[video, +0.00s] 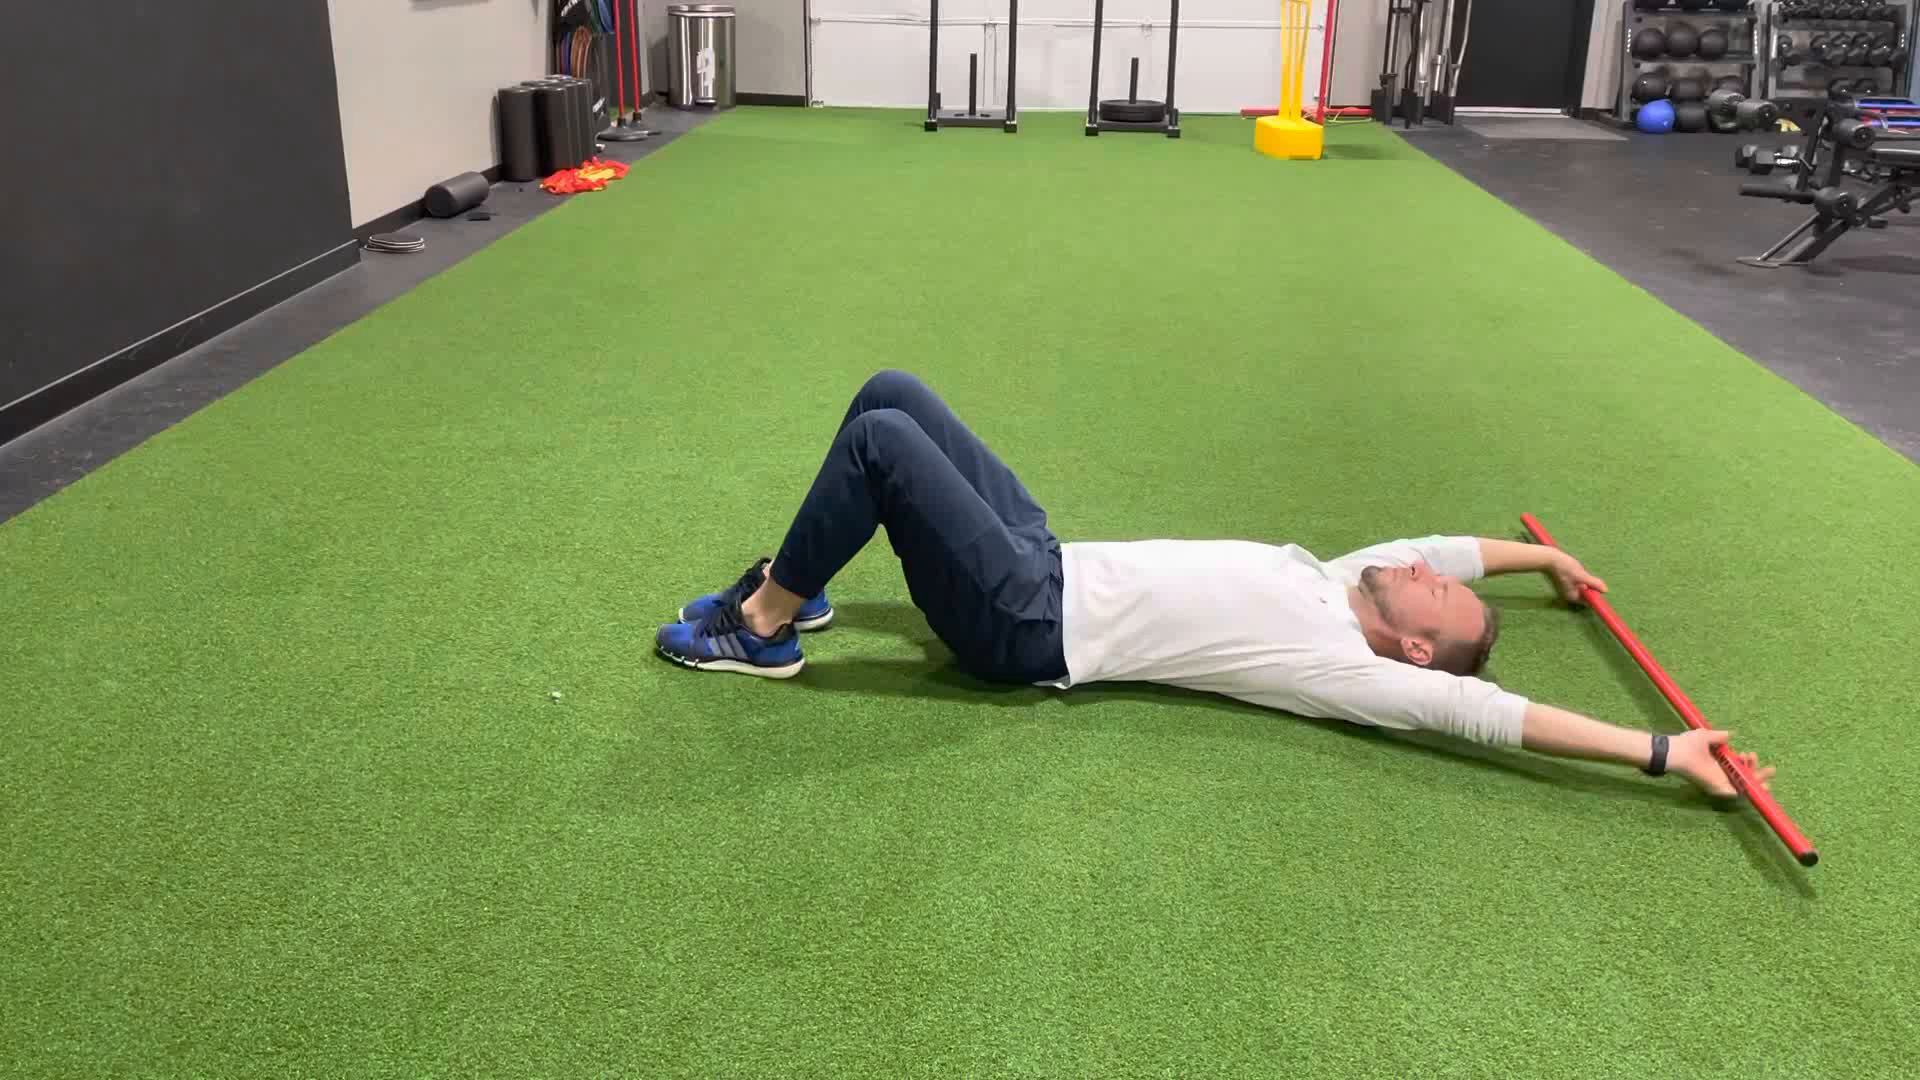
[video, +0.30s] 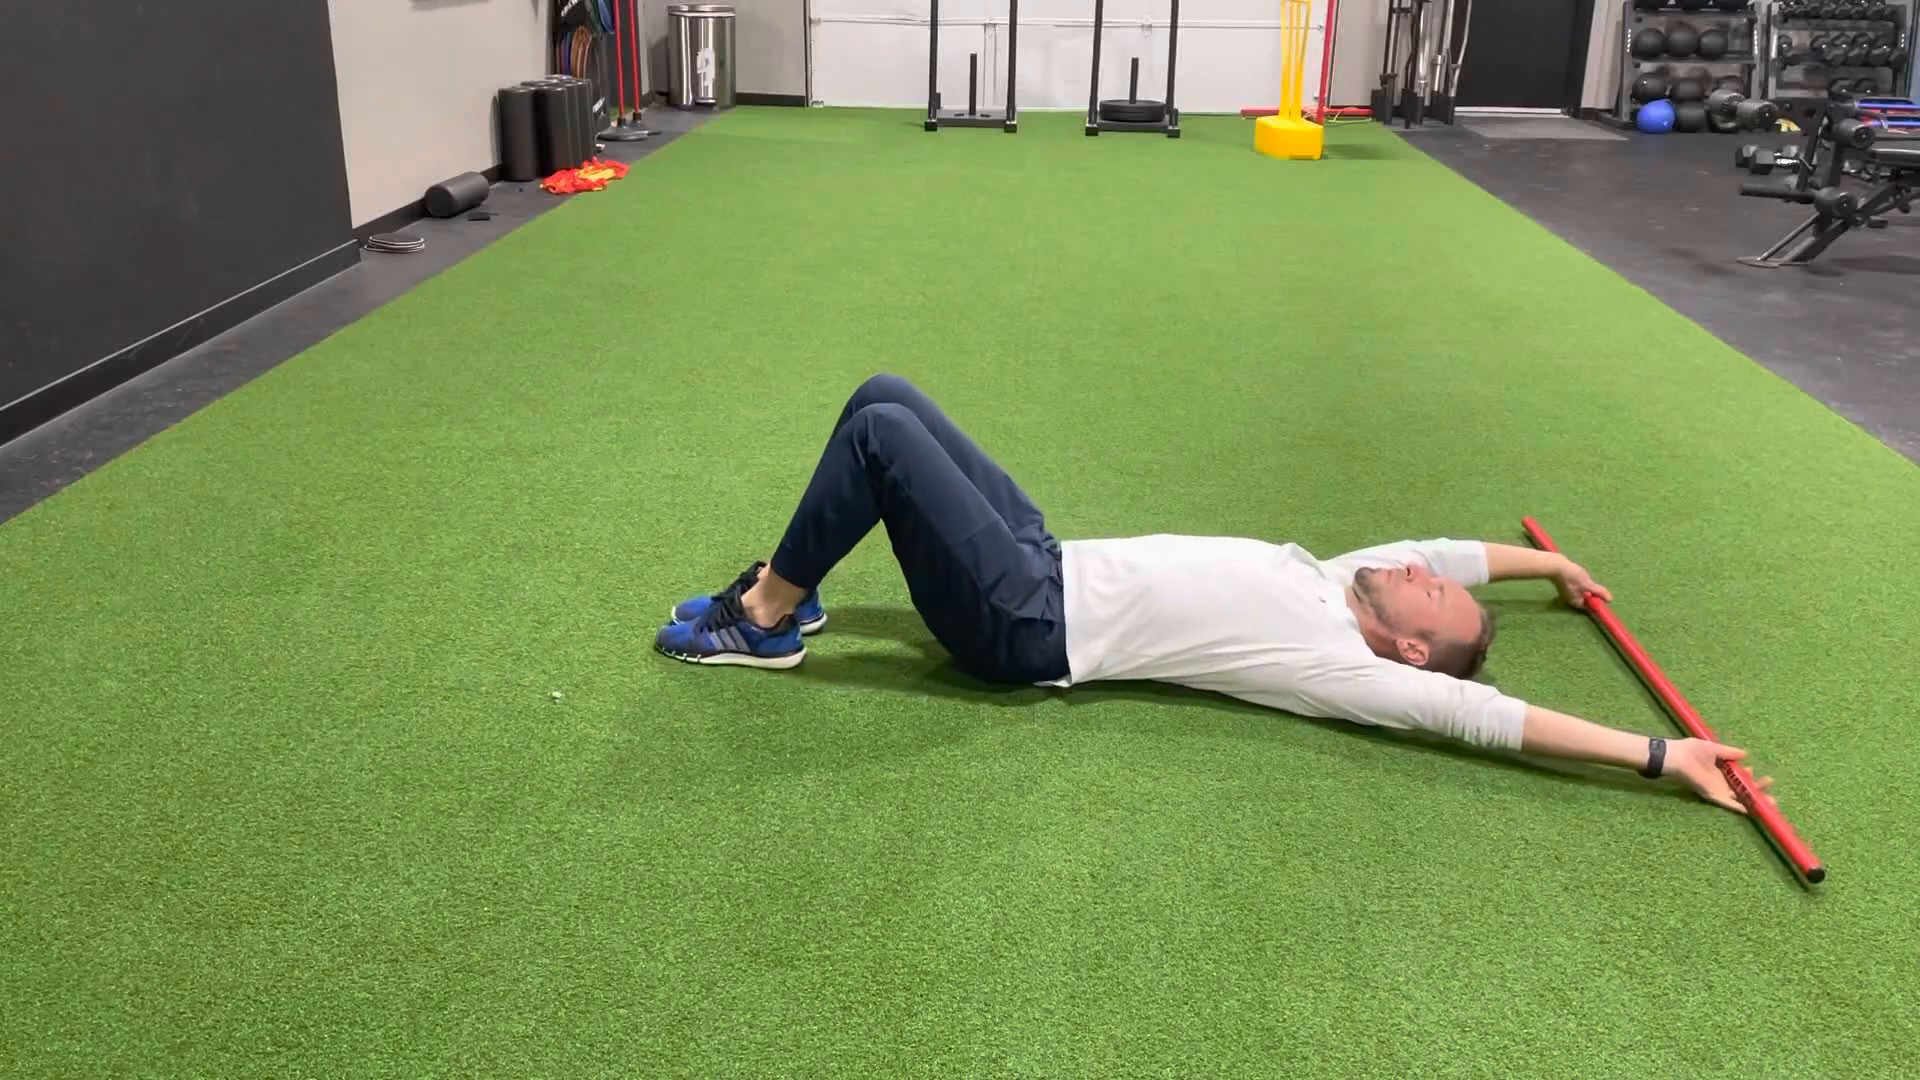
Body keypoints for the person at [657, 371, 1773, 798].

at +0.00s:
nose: (1423, 570)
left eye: (1436, 585)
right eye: (1437, 573)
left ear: (1427, 643)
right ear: (1417, 586)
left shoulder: (1347, 669)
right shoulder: (1339, 588)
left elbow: (1501, 718)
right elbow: (1433, 551)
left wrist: (1663, 748)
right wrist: (1554, 562)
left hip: (1037, 620)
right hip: (1056, 558)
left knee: (879, 426)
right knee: (893, 393)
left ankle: (778, 608)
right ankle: (787, 585)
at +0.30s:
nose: (1409, 569)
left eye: (1424, 586)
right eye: (1425, 571)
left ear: (1421, 646)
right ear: (1407, 586)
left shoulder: (1348, 670)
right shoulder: (1336, 590)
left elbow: (1503, 721)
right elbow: (1433, 556)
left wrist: (1659, 750)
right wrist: (1552, 567)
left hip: (1036, 618)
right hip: (1049, 564)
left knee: (878, 418)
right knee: (885, 400)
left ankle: (776, 606)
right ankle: (783, 587)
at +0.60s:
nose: (1403, 569)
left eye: (1418, 586)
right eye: (1417, 570)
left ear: (1418, 645)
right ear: (1401, 581)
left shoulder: (1350, 671)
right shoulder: (1334, 590)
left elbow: (1504, 721)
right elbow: (1430, 557)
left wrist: (1656, 749)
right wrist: (1547, 567)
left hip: (1031, 614)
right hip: (1051, 557)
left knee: (873, 419)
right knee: (884, 397)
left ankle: (771, 604)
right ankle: (782, 586)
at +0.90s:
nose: (1408, 568)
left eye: (1423, 585)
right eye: (1424, 570)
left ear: (1420, 646)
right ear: (1407, 586)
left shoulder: (1349, 669)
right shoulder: (1336, 590)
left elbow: (1505, 723)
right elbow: (1432, 559)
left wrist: (1658, 750)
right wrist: (1545, 565)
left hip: (1035, 614)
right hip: (1051, 558)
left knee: (873, 416)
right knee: (883, 399)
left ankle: (771, 606)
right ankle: (779, 589)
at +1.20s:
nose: (1410, 569)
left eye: (1425, 587)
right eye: (1425, 571)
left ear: (1421, 646)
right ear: (1407, 583)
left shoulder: (1351, 670)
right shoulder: (1336, 589)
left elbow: (1507, 724)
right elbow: (1430, 558)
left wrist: (1658, 750)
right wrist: (1547, 565)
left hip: (1037, 616)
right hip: (1052, 560)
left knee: (874, 416)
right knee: (883, 399)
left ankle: (771, 606)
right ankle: (779, 589)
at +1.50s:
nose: (1411, 557)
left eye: (1425, 572)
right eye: (1429, 560)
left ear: (1426, 634)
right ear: (1419, 585)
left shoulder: (1351, 662)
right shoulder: (1346, 588)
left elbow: (1509, 696)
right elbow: (1433, 544)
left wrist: (1673, 715)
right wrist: (1548, 541)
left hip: (1041, 617)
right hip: (1057, 557)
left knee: (874, 415)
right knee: (883, 394)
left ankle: (771, 604)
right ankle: (780, 589)